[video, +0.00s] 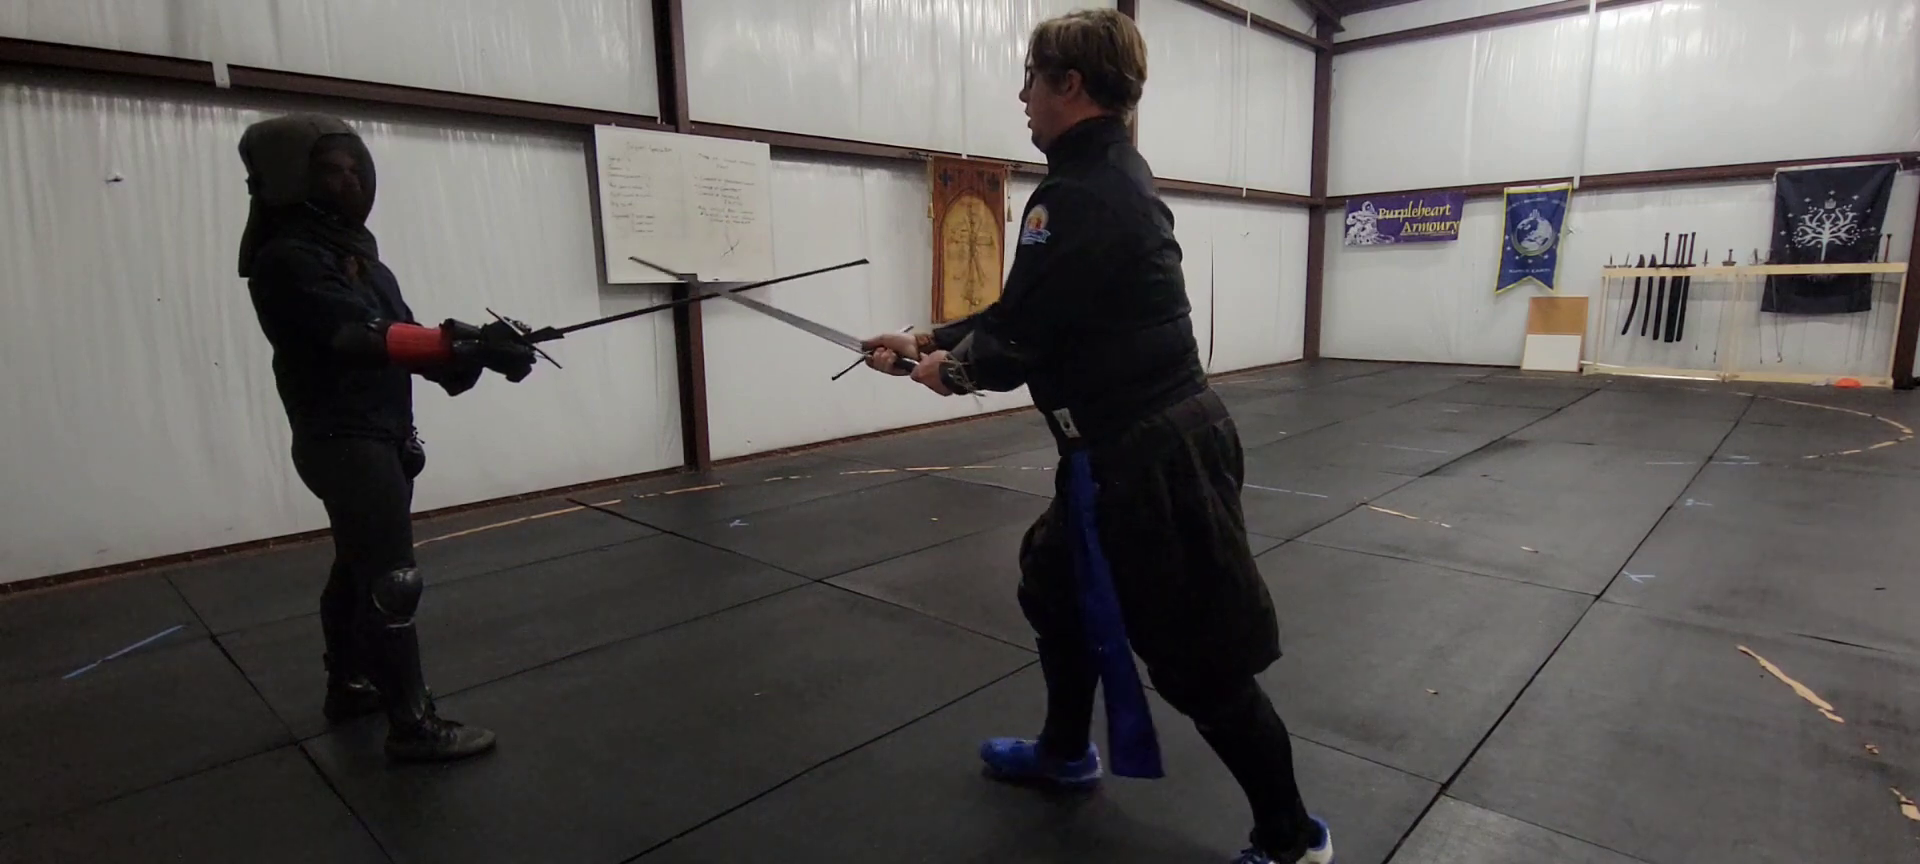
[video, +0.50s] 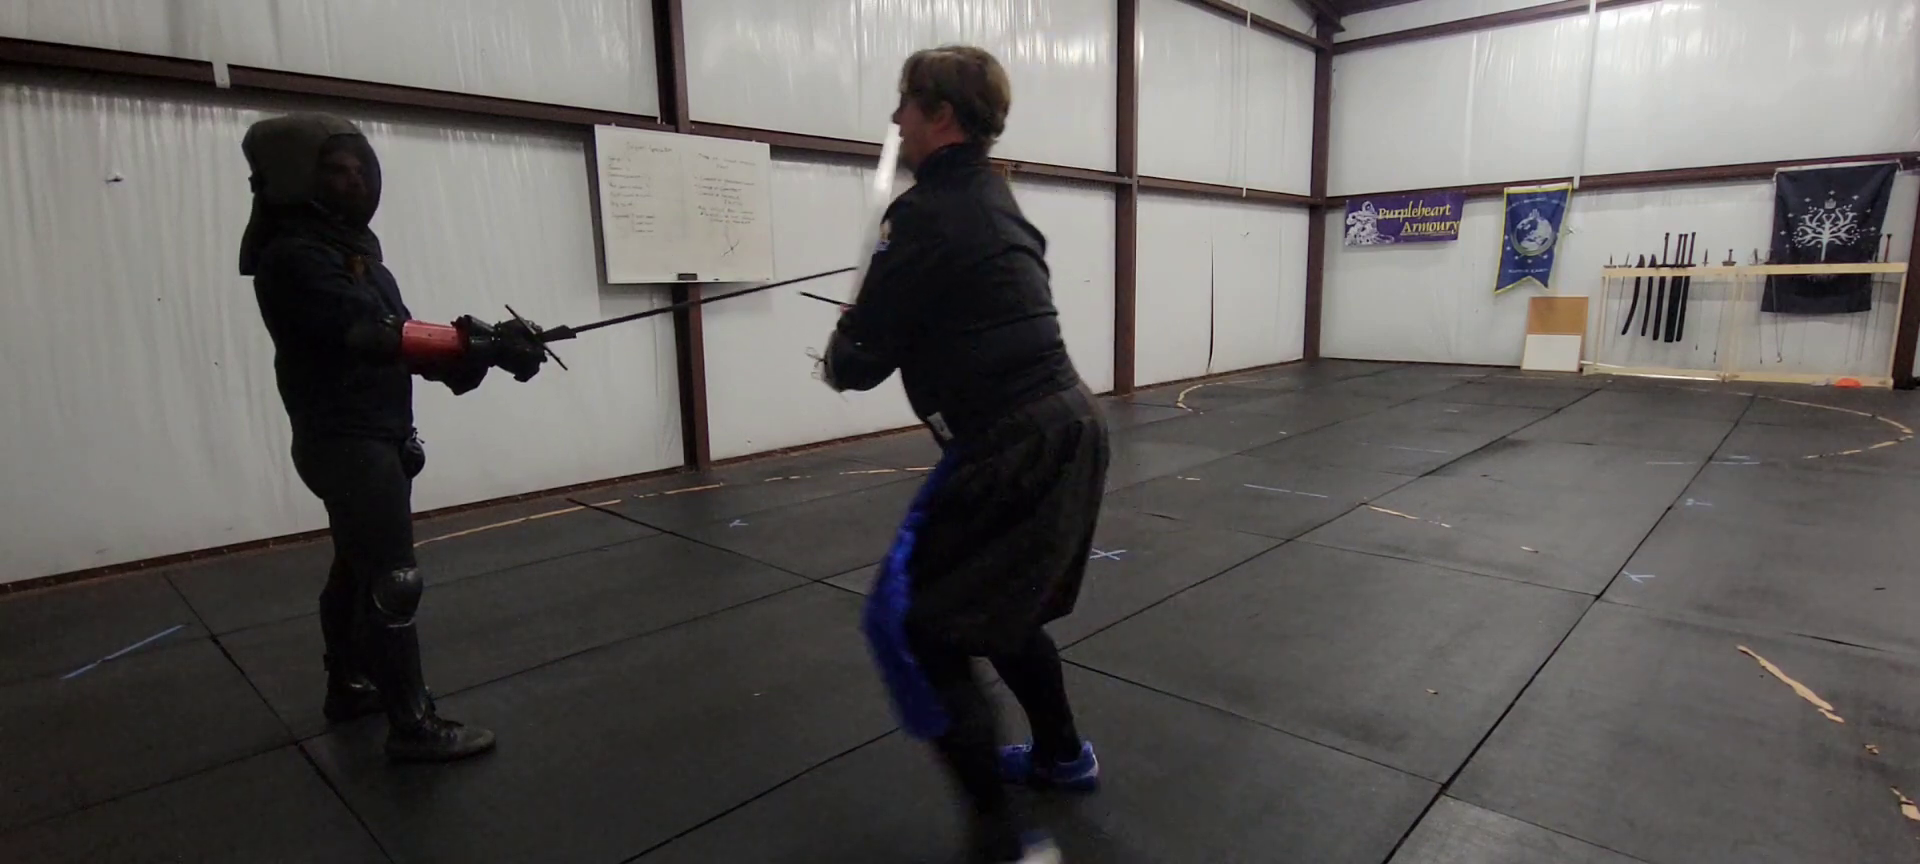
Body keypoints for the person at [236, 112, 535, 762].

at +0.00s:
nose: (355, 182)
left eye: (360, 170)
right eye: (339, 170)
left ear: (365, 180)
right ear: (304, 181)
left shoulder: (353, 248)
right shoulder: (286, 255)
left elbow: (393, 329)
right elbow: (349, 336)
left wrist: (459, 353)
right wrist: (464, 346)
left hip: (380, 436)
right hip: (341, 442)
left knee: (359, 568)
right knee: (392, 581)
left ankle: (349, 687)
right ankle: (411, 724)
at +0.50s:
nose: (355, 181)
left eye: (361, 169)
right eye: (339, 169)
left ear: (371, 179)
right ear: (308, 179)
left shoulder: (350, 245)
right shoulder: (292, 254)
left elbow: (393, 328)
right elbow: (364, 334)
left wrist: (466, 349)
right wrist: (478, 345)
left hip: (376, 439)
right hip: (343, 444)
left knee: (359, 569)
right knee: (392, 582)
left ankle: (349, 688)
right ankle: (411, 723)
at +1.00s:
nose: (356, 183)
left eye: (362, 171)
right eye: (340, 171)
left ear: (371, 179)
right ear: (306, 181)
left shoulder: (355, 246)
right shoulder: (293, 256)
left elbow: (395, 325)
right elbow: (357, 333)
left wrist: (453, 357)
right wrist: (463, 349)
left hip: (381, 436)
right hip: (344, 442)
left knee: (360, 570)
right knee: (393, 582)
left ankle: (349, 689)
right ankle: (410, 723)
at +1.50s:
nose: (375, 176)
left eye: (378, 165)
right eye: (360, 165)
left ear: (382, 174)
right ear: (324, 176)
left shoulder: (349, 249)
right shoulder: (319, 256)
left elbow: (378, 357)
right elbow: (377, 348)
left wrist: (401, 438)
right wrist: (440, 371)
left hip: (371, 440)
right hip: (354, 445)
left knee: (358, 568)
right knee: (393, 573)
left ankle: (350, 687)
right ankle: (413, 718)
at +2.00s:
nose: (392, 182)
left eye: (394, 170)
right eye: (378, 172)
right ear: (342, 179)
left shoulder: (365, 242)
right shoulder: (327, 255)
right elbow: (364, 352)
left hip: (381, 434)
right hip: (359, 441)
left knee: (363, 560)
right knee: (392, 565)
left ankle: (352, 682)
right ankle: (411, 712)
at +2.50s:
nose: (448, 202)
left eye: (448, 187)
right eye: (440, 188)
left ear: (365, 190)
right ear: (411, 192)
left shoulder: (331, 264)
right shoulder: (399, 268)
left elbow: (333, 370)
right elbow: (447, 366)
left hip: (349, 443)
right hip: (393, 449)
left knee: (373, 571)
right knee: (462, 579)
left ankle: (350, 688)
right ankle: (442, 722)